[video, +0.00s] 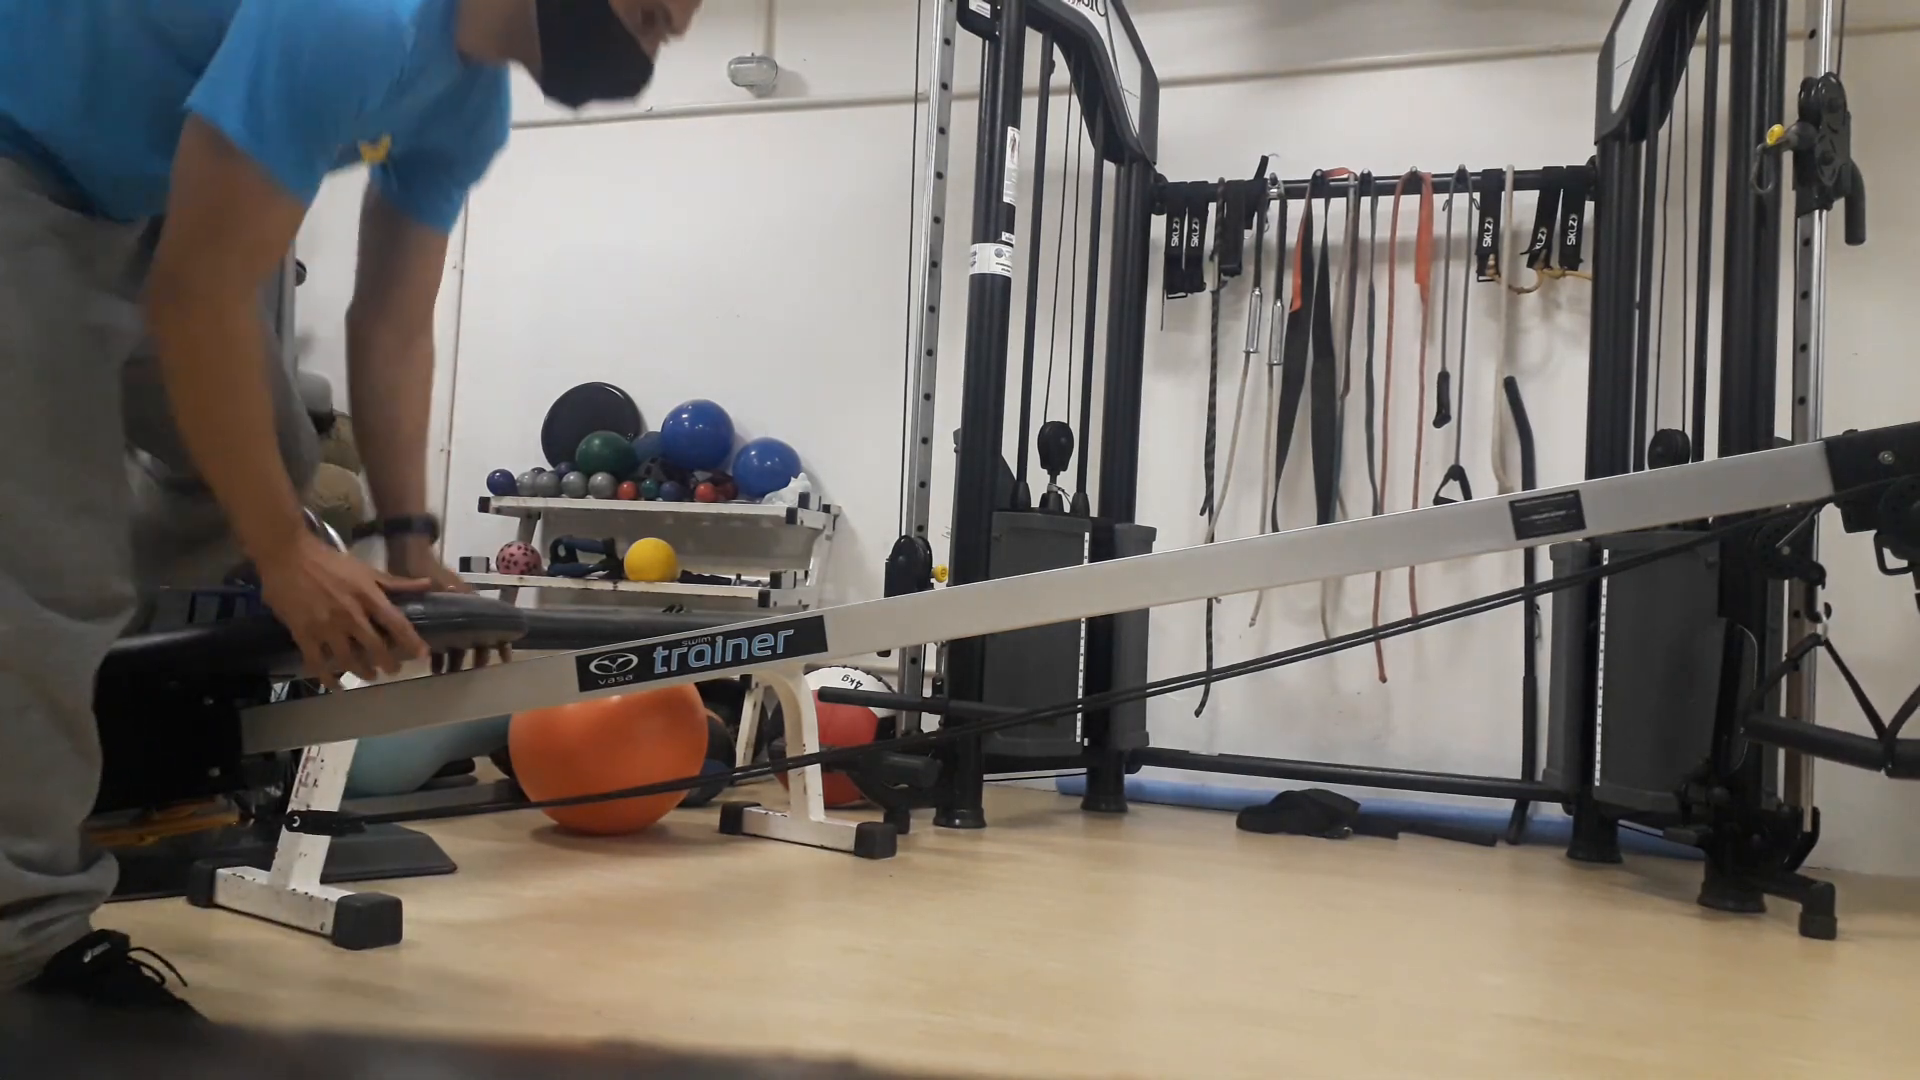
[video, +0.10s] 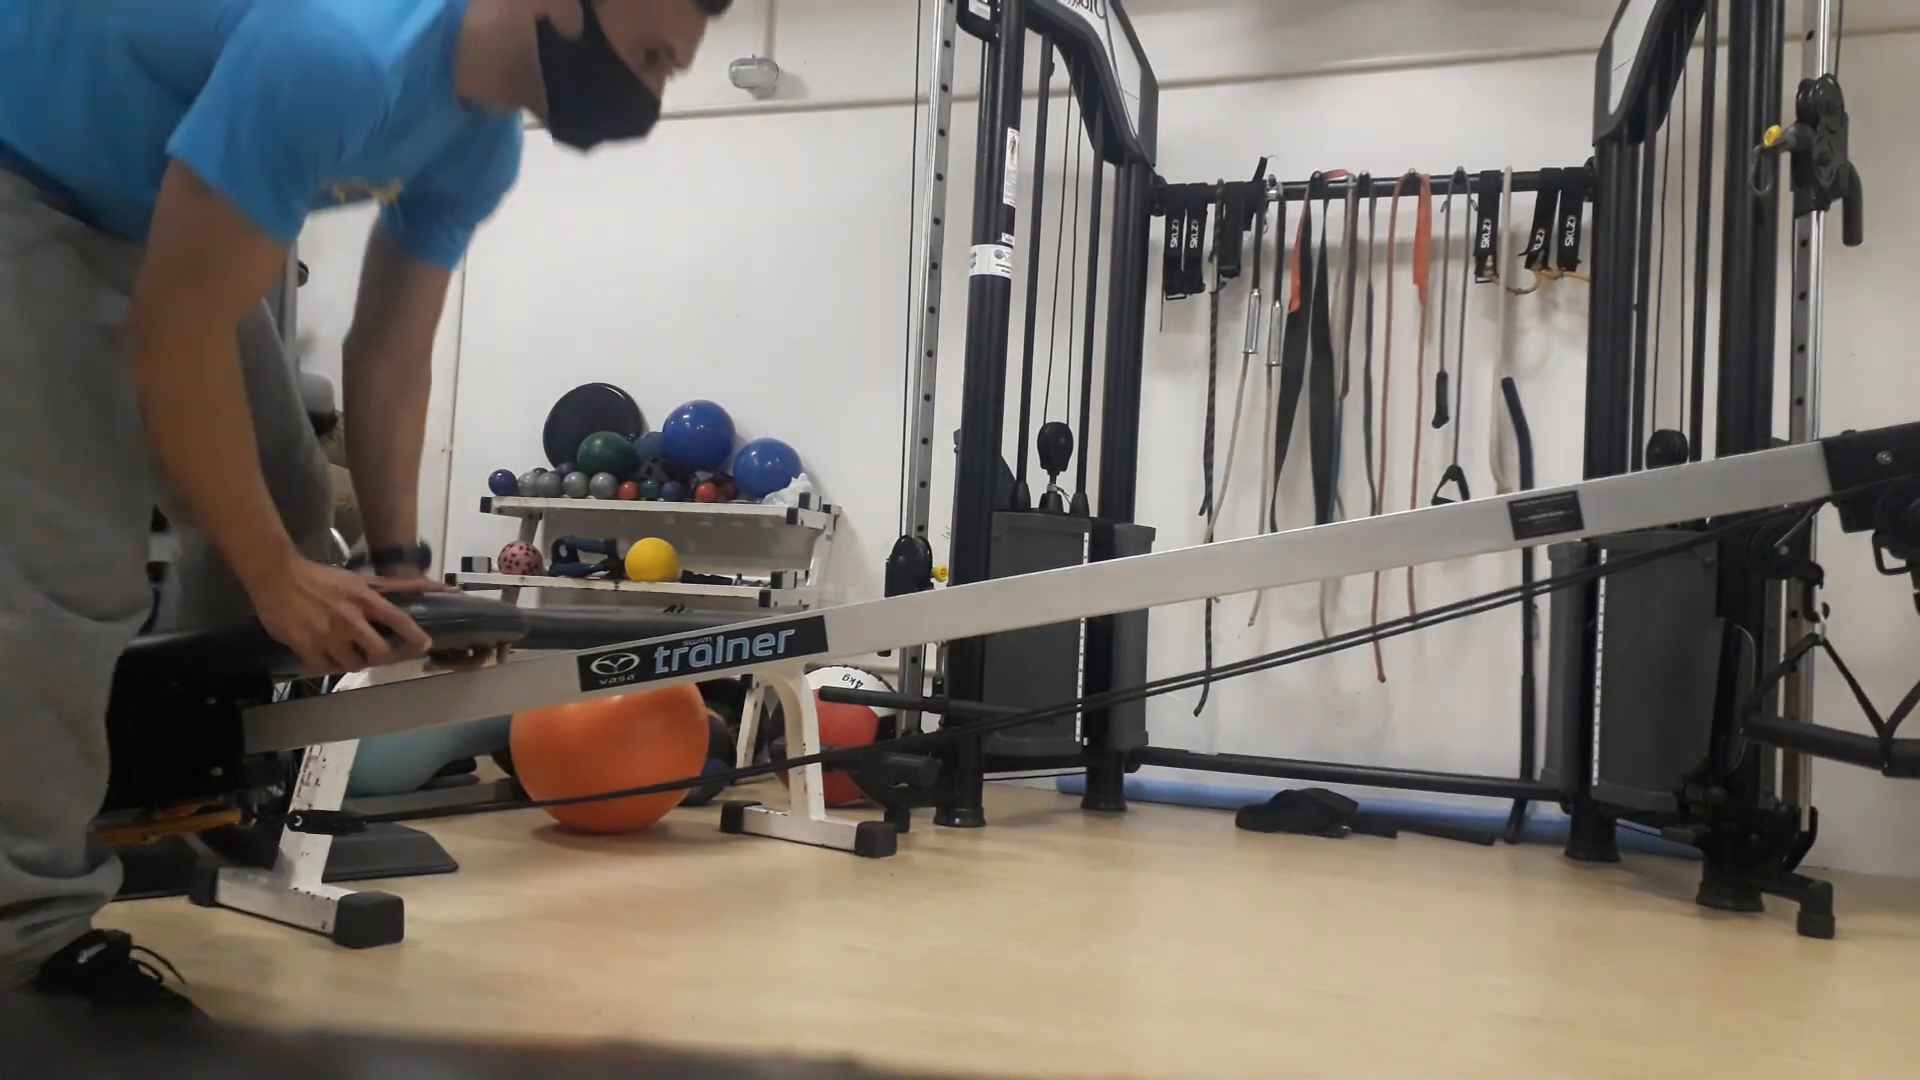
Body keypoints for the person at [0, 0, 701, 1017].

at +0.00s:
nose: (671, 21)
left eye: (680, 16)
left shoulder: (471, 97)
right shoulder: (350, 20)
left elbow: (395, 314)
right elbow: (197, 294)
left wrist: (410, 538)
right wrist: (284, 549)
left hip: (161, 189)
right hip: (30, 161)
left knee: (264, 471)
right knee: (59, 562)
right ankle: (31, 935)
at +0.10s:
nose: (653, 94)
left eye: (671, 71)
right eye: (652, 57)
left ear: (564, 21)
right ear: (560, 10)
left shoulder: (478, 139)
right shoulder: (329, 51)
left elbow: (394, 349)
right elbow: (176, 329)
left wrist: (396, 560)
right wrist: (274, 571)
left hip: (194, 195)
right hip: (36, 171)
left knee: (283, 517)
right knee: (71, 553)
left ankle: (273, 803)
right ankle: (35, 930)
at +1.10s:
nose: (825, 192)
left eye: (837, 171)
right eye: (812, 153)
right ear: (708, 106)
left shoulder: (656, 277)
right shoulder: (504, 168)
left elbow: (506, 420)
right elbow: (291, 365)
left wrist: (549, 575)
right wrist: (454, 569)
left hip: (296, 395)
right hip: (137, 343)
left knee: (424, 640)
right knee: (225, 642)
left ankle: (211, 870)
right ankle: (39, 924)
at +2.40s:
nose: (847, 176)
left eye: (860, 154)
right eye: (836, 137)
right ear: (736, 86)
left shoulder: (665, 247)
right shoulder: (543, 139)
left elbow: (591, 434)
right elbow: (413, 400)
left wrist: (700, 544)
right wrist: (650, 551)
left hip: (314, 357)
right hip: (148, 268)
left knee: (375, 647)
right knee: (201, 599)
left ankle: (164, 892)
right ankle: (33, 921)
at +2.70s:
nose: (917, 110)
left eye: (930, 85)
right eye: (901, 69)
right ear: (801, 25)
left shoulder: (748, 210)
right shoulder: (616, 91)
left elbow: (741, 421)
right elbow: (619, 390)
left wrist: (881, 524)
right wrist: (859, 508)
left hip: (373, 363)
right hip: (224, 262)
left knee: (410, 671)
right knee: (228, 622)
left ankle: (173, 880)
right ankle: (38, 929)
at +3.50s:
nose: (1051, 143)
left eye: (1075, 127)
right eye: (1061, 110)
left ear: (1026, 60)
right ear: (1012, 28)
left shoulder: (942, 189)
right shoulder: (827, 65)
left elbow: (836, 373)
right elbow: (699, 340)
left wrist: (940, 512)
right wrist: (909, 500)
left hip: (525, 401)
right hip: (416, 302)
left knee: (434, 695)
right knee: (282, 673)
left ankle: (181, 882)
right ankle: (47, 939)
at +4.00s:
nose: (1254, 206)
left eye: (1266, 177)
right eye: (1242, 163)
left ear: (1163, 140)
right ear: (1137, 115)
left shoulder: (1028, 285)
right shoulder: (951, 155)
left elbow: (851, 398)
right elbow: (708, 322)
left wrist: (945, 516)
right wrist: (905, 507)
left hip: (602, 470)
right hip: (503, 366)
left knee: (472, 722)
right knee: (306, 709)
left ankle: (210, 876)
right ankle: (60, 952)